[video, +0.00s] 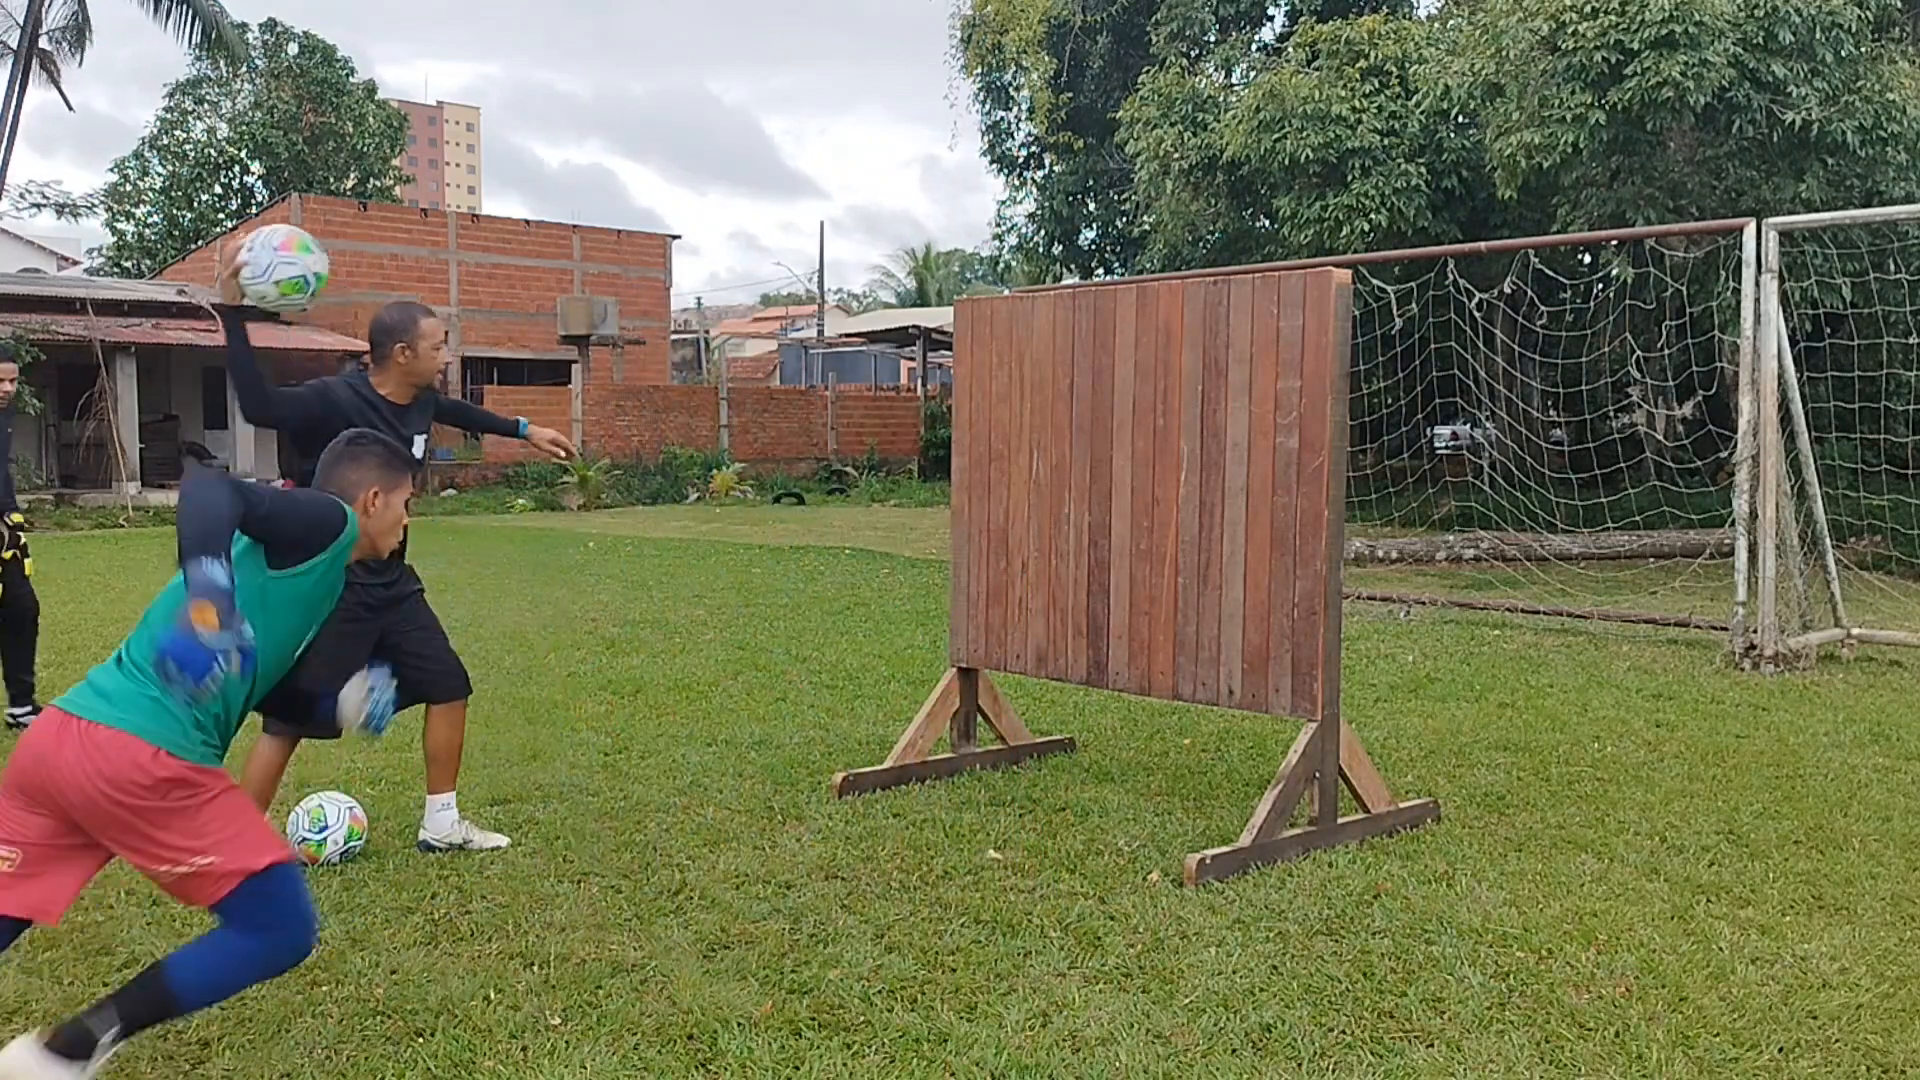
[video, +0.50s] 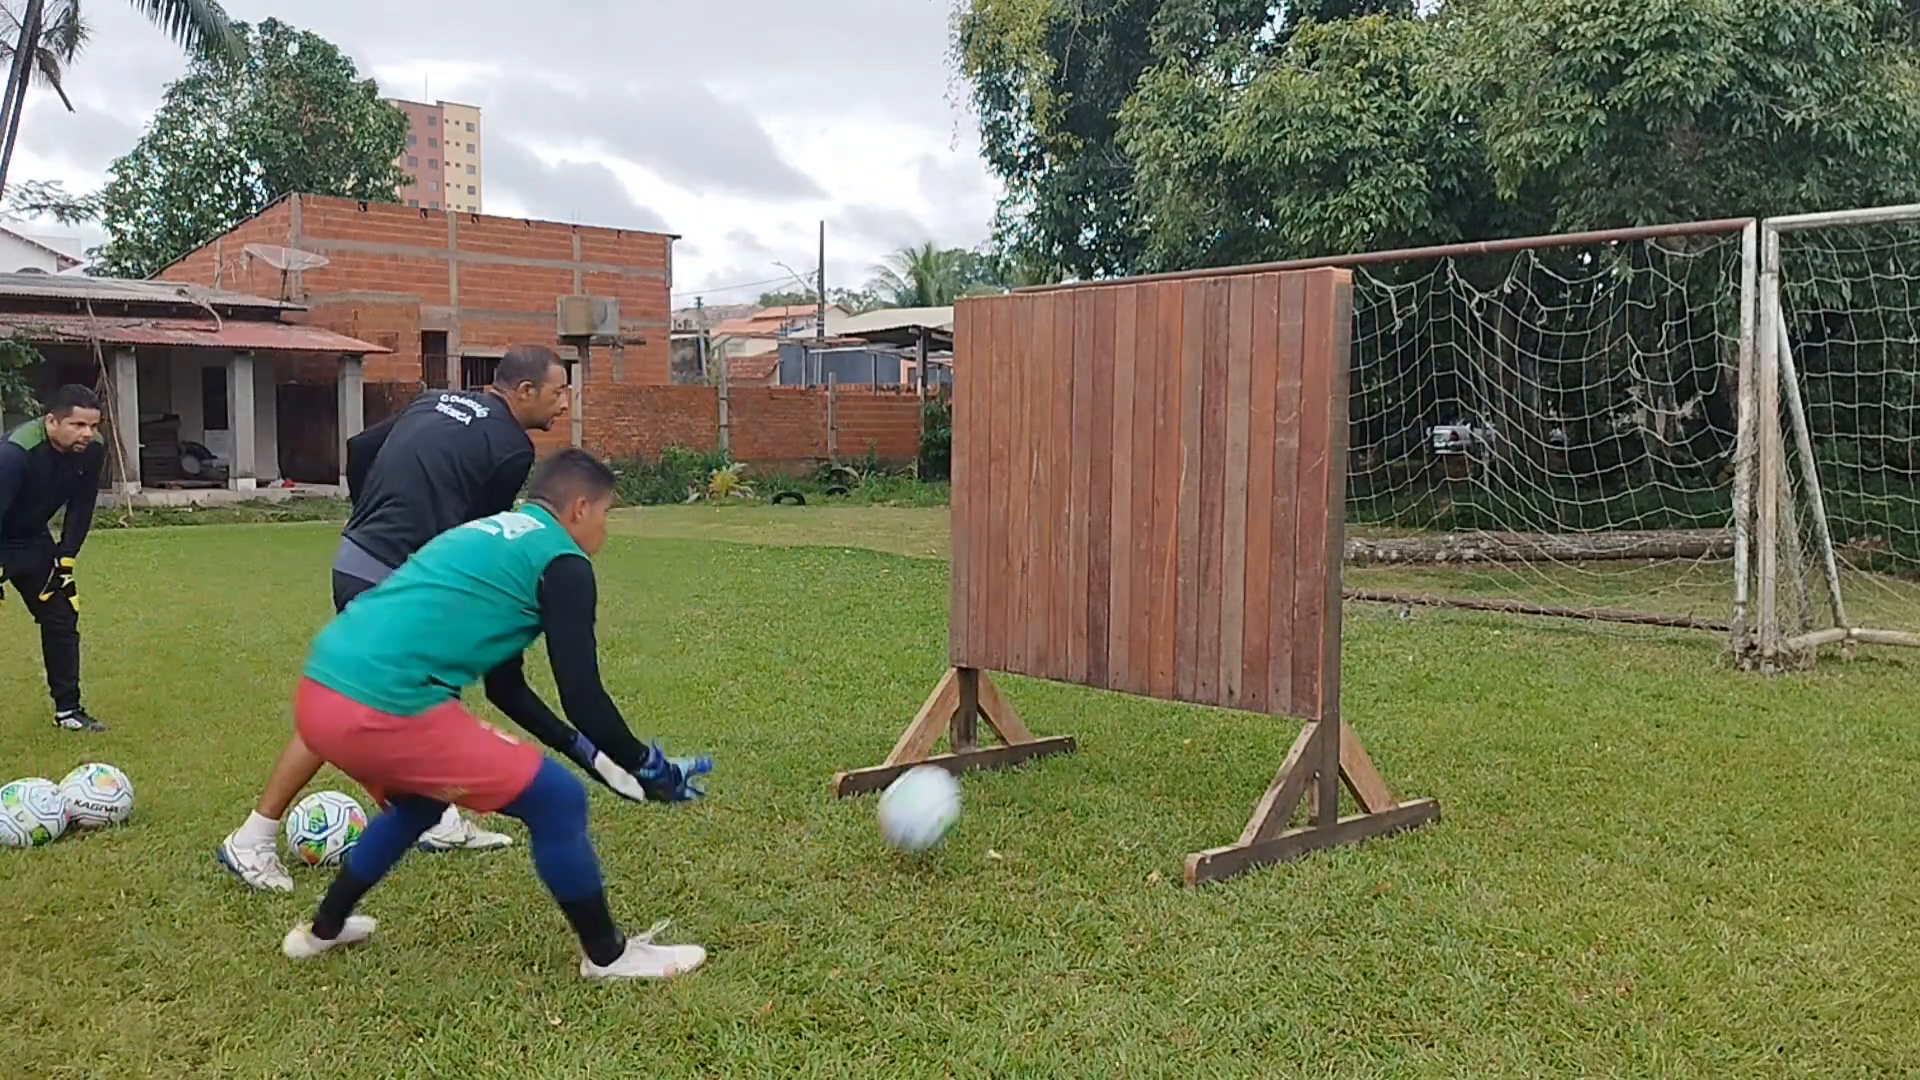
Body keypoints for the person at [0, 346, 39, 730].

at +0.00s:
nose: (8, 387)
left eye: (12, 381)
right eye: (3, 380)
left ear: (18, 383)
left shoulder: (8, 421)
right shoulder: (4, 422)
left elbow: (7, 473)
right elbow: (6, 474)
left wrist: (13, 516)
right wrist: (10, 519)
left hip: (7, 528)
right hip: (3, 528)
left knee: (23, 607)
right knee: (21, 608)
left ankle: (21, 703)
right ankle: (20, 704)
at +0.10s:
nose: (24, 396)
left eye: (29, 387)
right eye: (15, 387)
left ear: (35, 387)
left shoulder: (31, 417)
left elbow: (33, 477)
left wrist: (32, 531)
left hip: (12, 541)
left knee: (33, 618)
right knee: (29, 618)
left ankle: (65, 700)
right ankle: (64, 699)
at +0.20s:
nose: (45, 405)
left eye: (50, 396)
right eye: (35, 396)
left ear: (56, 395)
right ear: (8, 398)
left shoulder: (57, 430)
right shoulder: (1, 433)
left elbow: (57, 492)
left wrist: (53, 548)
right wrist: (1, 564)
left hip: (24, 547)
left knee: (52, 625)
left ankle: (67, 709)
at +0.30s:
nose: (66, 414)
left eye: (71, 405)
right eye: (57, 405)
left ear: (76, 405)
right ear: (29, 402)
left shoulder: (74, 437)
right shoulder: (5, 434)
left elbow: (72, 495)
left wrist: (65, 551)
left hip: (29, 538)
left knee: (59, 616)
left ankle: (67, 709)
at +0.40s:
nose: (80, 422)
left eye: (85, 413)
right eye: (71, 412)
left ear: (89, 413)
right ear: (43, 410)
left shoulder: (83, 442)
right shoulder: (9, 444)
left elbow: (77, 498)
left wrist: (68, 552)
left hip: (30, 538)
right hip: (0, 540)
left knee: (60, 616)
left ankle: (68, 709)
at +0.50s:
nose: (88, 435)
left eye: (93, 426)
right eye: (79, 425)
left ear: (99, 425)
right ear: (51, 421)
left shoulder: (90, 451)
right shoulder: (15, 453)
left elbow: (82, 507)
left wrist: (67, 560)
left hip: (30, 540)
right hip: (5, 541)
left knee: (61, 616)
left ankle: (68, 710)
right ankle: (67, 709)